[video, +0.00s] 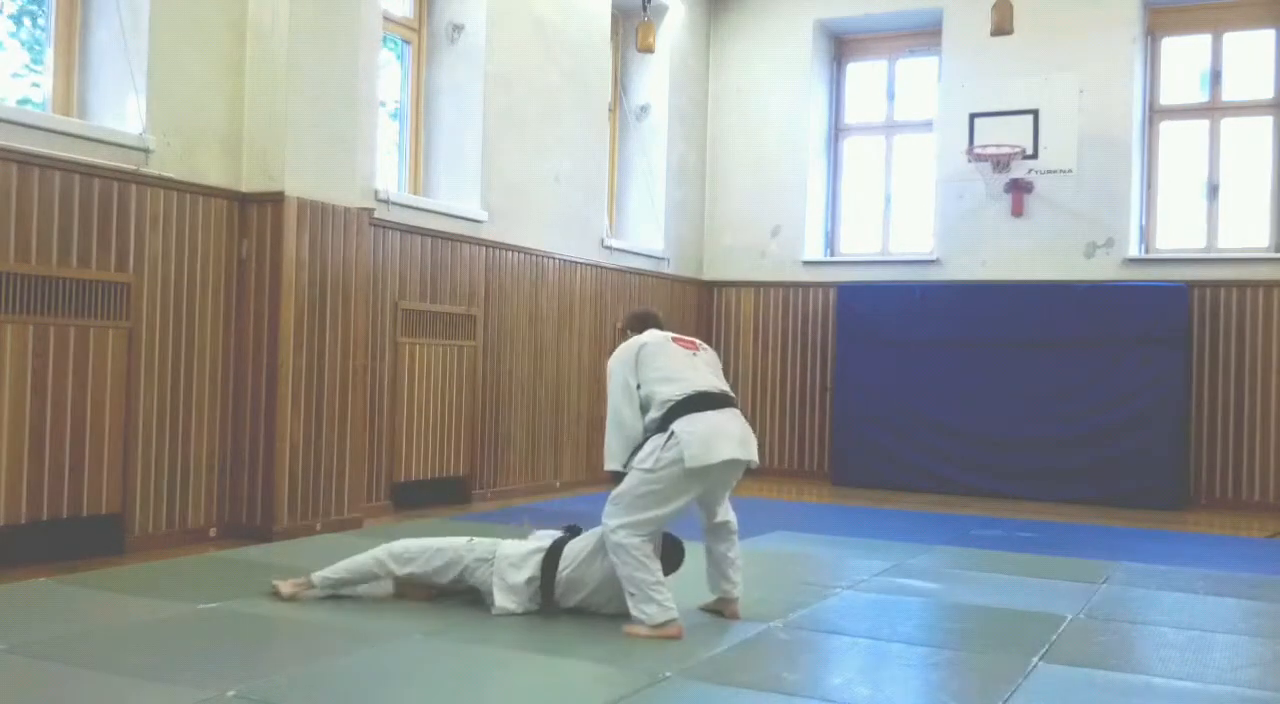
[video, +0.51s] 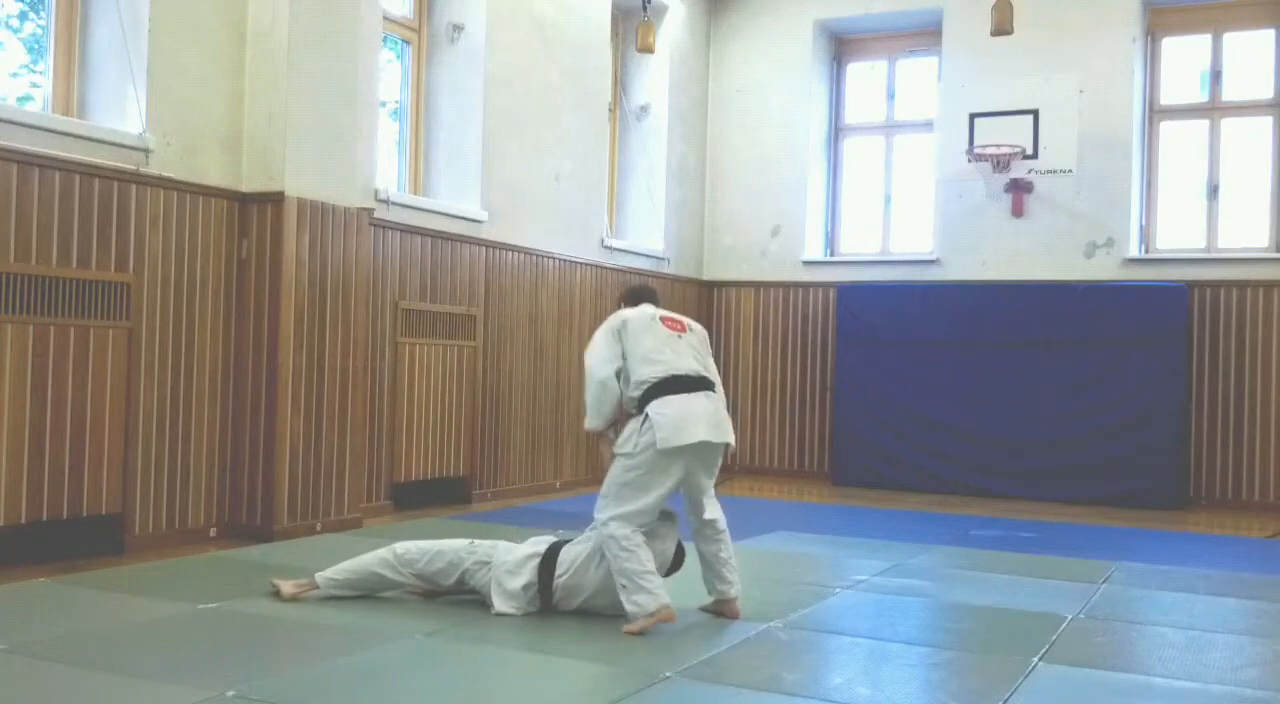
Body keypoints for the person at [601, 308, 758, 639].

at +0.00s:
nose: (619, 341)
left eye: (620, 336)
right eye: (619, 336)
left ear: (628, 333)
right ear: (660, 329)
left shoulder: (627, 350)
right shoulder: (698, 345)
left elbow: (624, 416)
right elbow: (719, 394)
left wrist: (618, 474)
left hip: (688, 438)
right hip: (737, 433)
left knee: (621, 521)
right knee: (716, 505)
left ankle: (658, 618)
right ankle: (728, 598)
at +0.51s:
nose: (618, 314)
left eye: (618, 310)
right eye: (620, 310)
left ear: (624, 306)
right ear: (656, 304)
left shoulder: (618, 321)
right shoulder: (692, 326)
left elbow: (601, 368)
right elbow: (715, 381)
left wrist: (599, 424)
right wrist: (726, 432)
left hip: (663, 419)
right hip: (712, 417)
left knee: (613, 515)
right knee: (704, 504)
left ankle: (651, 604)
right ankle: (727, 597)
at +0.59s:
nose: (616, 298)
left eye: (617, 293)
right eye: (619, 293)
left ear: (623, 291)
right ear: (654, 290)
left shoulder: (619, 307)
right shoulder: (691, 318)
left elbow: (598, 352)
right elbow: (718, 382)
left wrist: (589, 405)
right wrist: (714, 428)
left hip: (656, 411)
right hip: (703, 412)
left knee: (596, 501)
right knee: (698, 505)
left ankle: (627, 586)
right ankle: (728, 597)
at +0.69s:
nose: (610, 288)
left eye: (610, 283)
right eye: (611, 283)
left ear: (617, 281)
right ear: (647, 279)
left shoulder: (612, 303)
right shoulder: (684, 311)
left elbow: (596, 351)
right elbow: (711, 372)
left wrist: (572, 389)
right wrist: (710, 407)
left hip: (643, 412)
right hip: (691, 409)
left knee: (583, 501)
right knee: (692, 507)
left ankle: (584, 588)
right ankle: (726, 597)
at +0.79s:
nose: (594, 281)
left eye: (594, 275)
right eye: (596, 275)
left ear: (601, 274)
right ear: (633, 273)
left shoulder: (593, 302)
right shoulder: (668, 306)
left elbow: (578, 353)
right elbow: (699, 369)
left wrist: (554, 387)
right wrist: (696, 397)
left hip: (624, 417)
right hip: (675, 413)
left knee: (573, 510)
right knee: (689, 509)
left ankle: (544, 602)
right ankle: (724, 598)